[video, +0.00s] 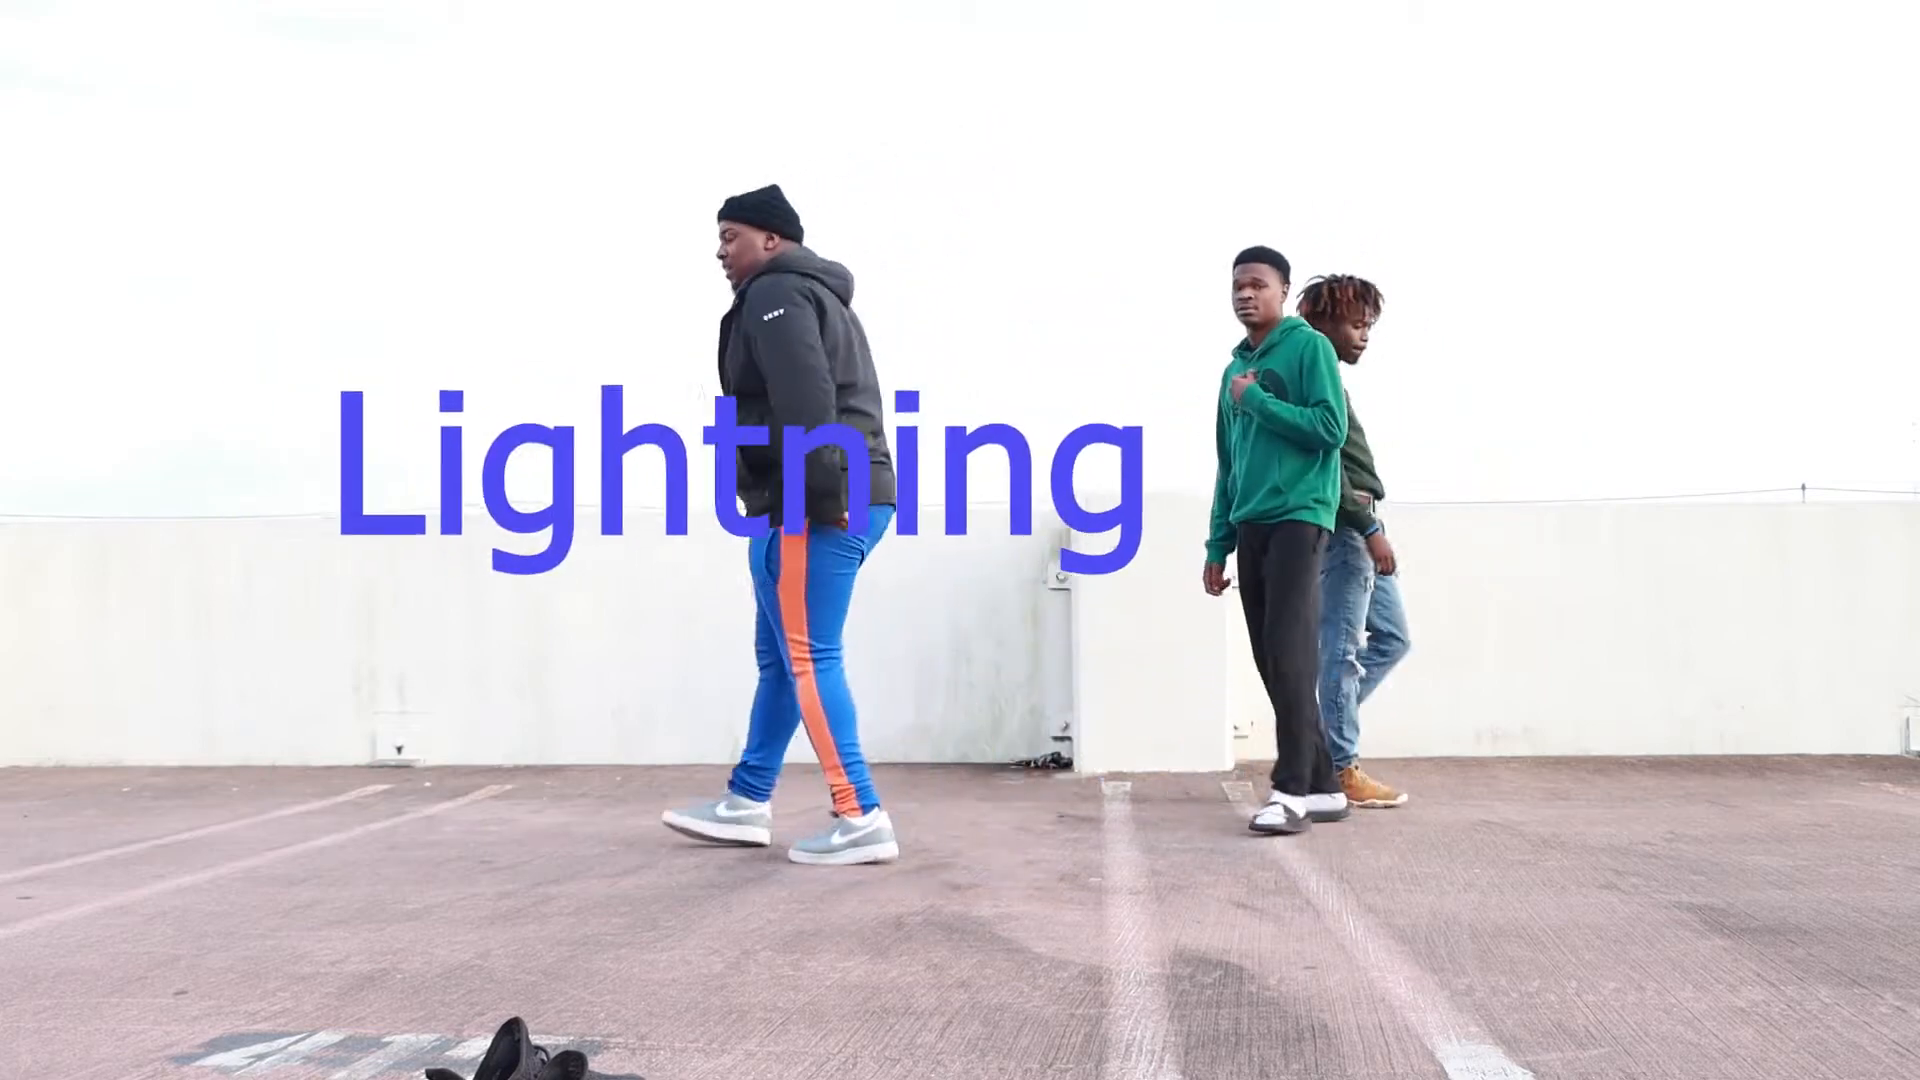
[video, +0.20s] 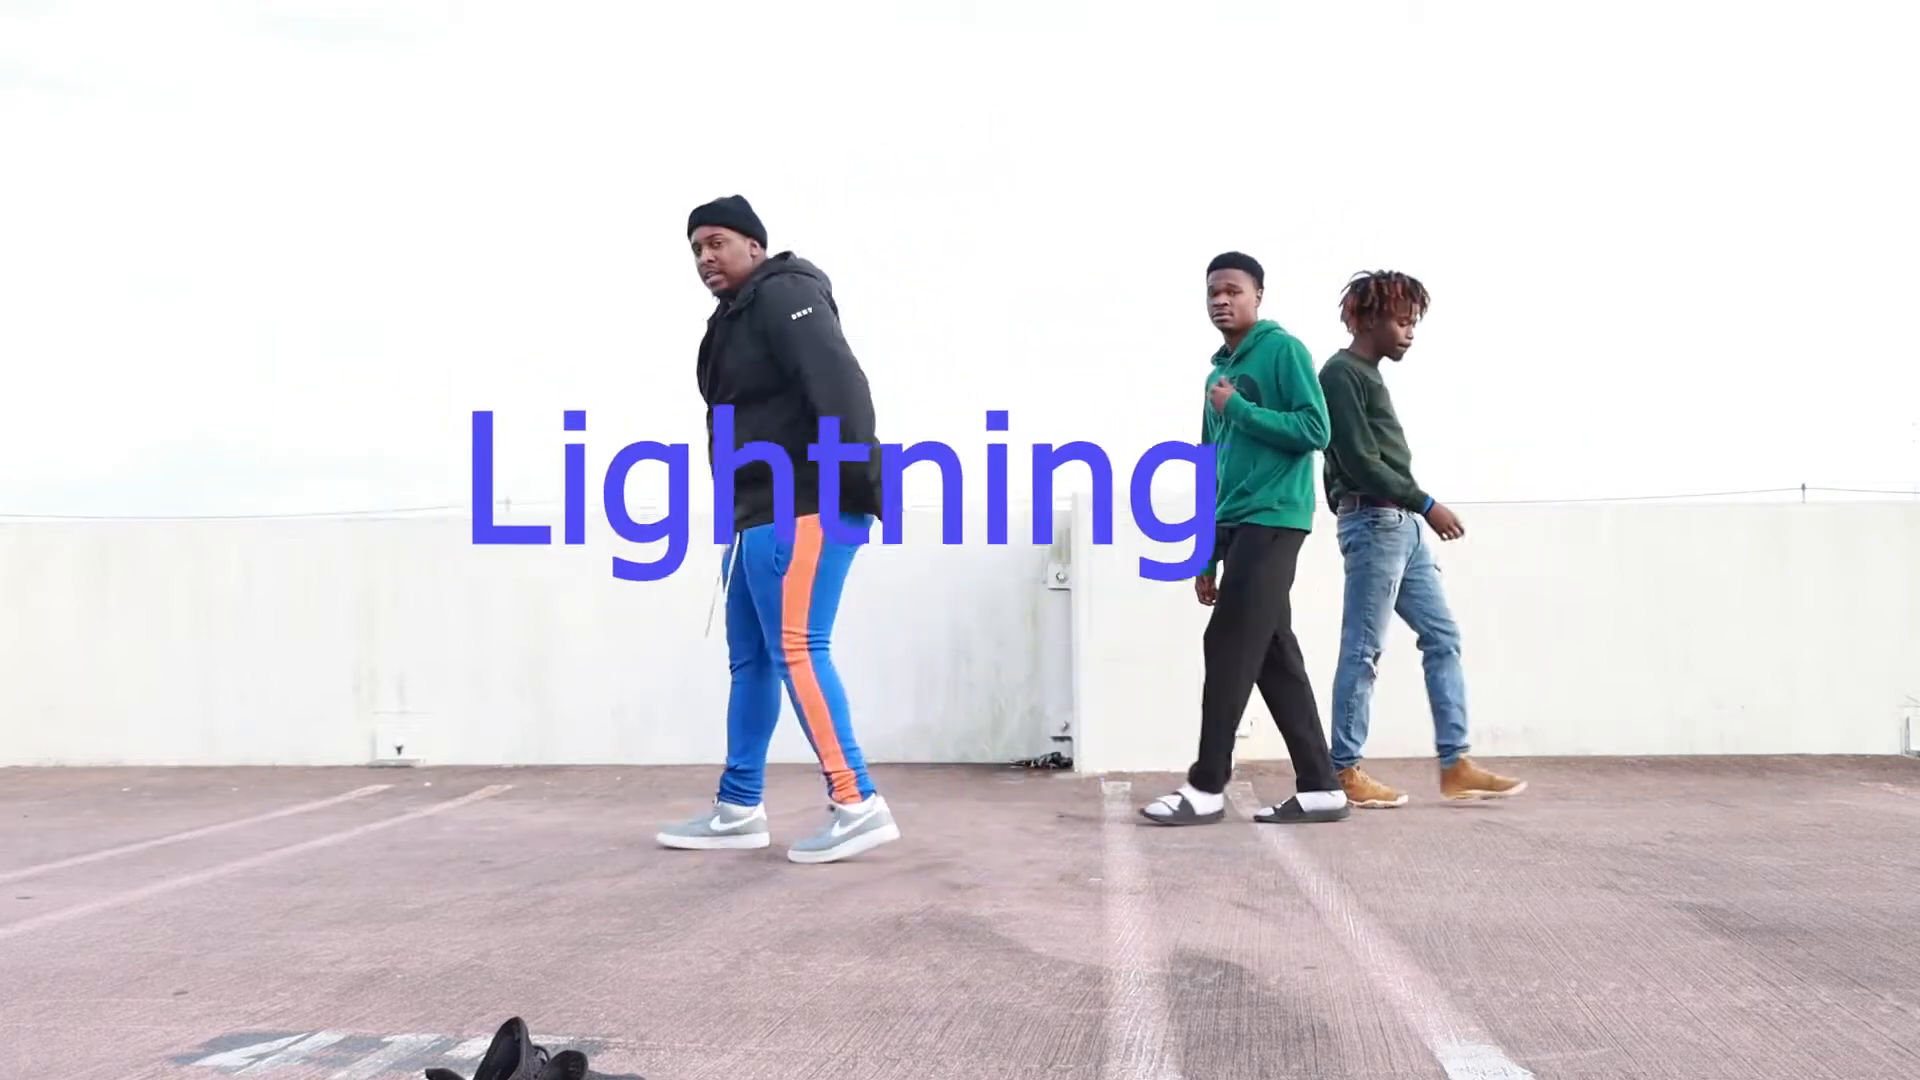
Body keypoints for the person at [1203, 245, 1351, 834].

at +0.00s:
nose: (1246, 295)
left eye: (1257, 285)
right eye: (1239, 287)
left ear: (1284, 290)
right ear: (1232, 297)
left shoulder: (1308, 346)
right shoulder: (1235, 368)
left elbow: (1329, 431)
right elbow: (1228, 466)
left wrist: (1255, 398)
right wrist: (1218, 547)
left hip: (1297, 518)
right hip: (1251, 523)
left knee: (1290, 653)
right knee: (1272, 657)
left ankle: (1291, 792)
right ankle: (1322, 785)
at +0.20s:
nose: (1222, 300)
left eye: (1233, 291)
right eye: (1214, 293)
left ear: (1259, 296)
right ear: (1207, 304)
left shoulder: (1281, 348)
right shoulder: (1218, 369)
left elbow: (1315, 429)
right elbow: (1211, 467)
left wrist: (1236, 408)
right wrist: (1205, 556)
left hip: (1274, 519)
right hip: (1235, 523)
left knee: (1229, 644)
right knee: (1275, 656)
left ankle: (1205, 790)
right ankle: (1320, 789)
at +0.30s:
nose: (1207, 304)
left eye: (1218, 294)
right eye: (1199, 297)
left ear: (1243, 300)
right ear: (1193, 308)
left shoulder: (1261, 351)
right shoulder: (1212, 370)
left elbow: (1296, 433)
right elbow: (1204, 472)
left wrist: (1218, 413)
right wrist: (1191, 558)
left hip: (1258, 527)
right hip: (1228, 530)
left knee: (1210, 655)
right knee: (1268, 657)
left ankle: (1170, 787)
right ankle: (1321, 788)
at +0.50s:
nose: (1165, 309)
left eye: (1177, 298)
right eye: (1158, 300)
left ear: (1203, 305)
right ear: (1153, 308)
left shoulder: (1208, 357)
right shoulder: (1187, 365)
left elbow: (1227, 446)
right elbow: (1178, 472)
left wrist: (1158, 429)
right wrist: (1149, 539)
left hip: (1204, 532)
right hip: (1197, 532)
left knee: (1179, 657)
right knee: (1237, 656)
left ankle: (1157, 788)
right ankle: (1311, 776)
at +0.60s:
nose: (1141, 308)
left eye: (1153, 298)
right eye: (1136, 300)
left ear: (1181, 302)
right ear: (1134, 307)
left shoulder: (1181, 361)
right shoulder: (1176, 361)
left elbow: (1188, 452)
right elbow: (1169, 467)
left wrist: (1122, 428)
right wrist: (1132, 531)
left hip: (1179, 529)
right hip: (1187, 530)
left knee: (1162, 656)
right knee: (1204, 656)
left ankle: (1156, 787)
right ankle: (1290, 761)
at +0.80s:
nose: (1109, 308)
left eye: (1120, 297)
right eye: (1104, 299)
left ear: (1150, 300)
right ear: (1106, 303)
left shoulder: (1147, 358)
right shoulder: (1151, 355)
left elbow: (1145, 450)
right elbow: (1157, 451)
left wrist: (1079, 428)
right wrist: (1123, 523)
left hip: (1146, 526)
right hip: (1148, 525)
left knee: (1141, 650)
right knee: (1133, 645)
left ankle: (1154, 785)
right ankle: (1206, 755)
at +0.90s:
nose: (1095, 308)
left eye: (1107, 297)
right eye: (1091, 299)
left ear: (1137, 299)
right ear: (1094, 304)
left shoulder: (1135, 357)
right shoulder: (1138, 354)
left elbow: (1135, 447)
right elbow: (1141, 447)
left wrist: (1069, 431)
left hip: (1136, 524)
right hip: (1136, 521)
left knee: (1130, 644)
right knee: (1101, 640)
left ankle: (1155, 785)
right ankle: (1146, 772)